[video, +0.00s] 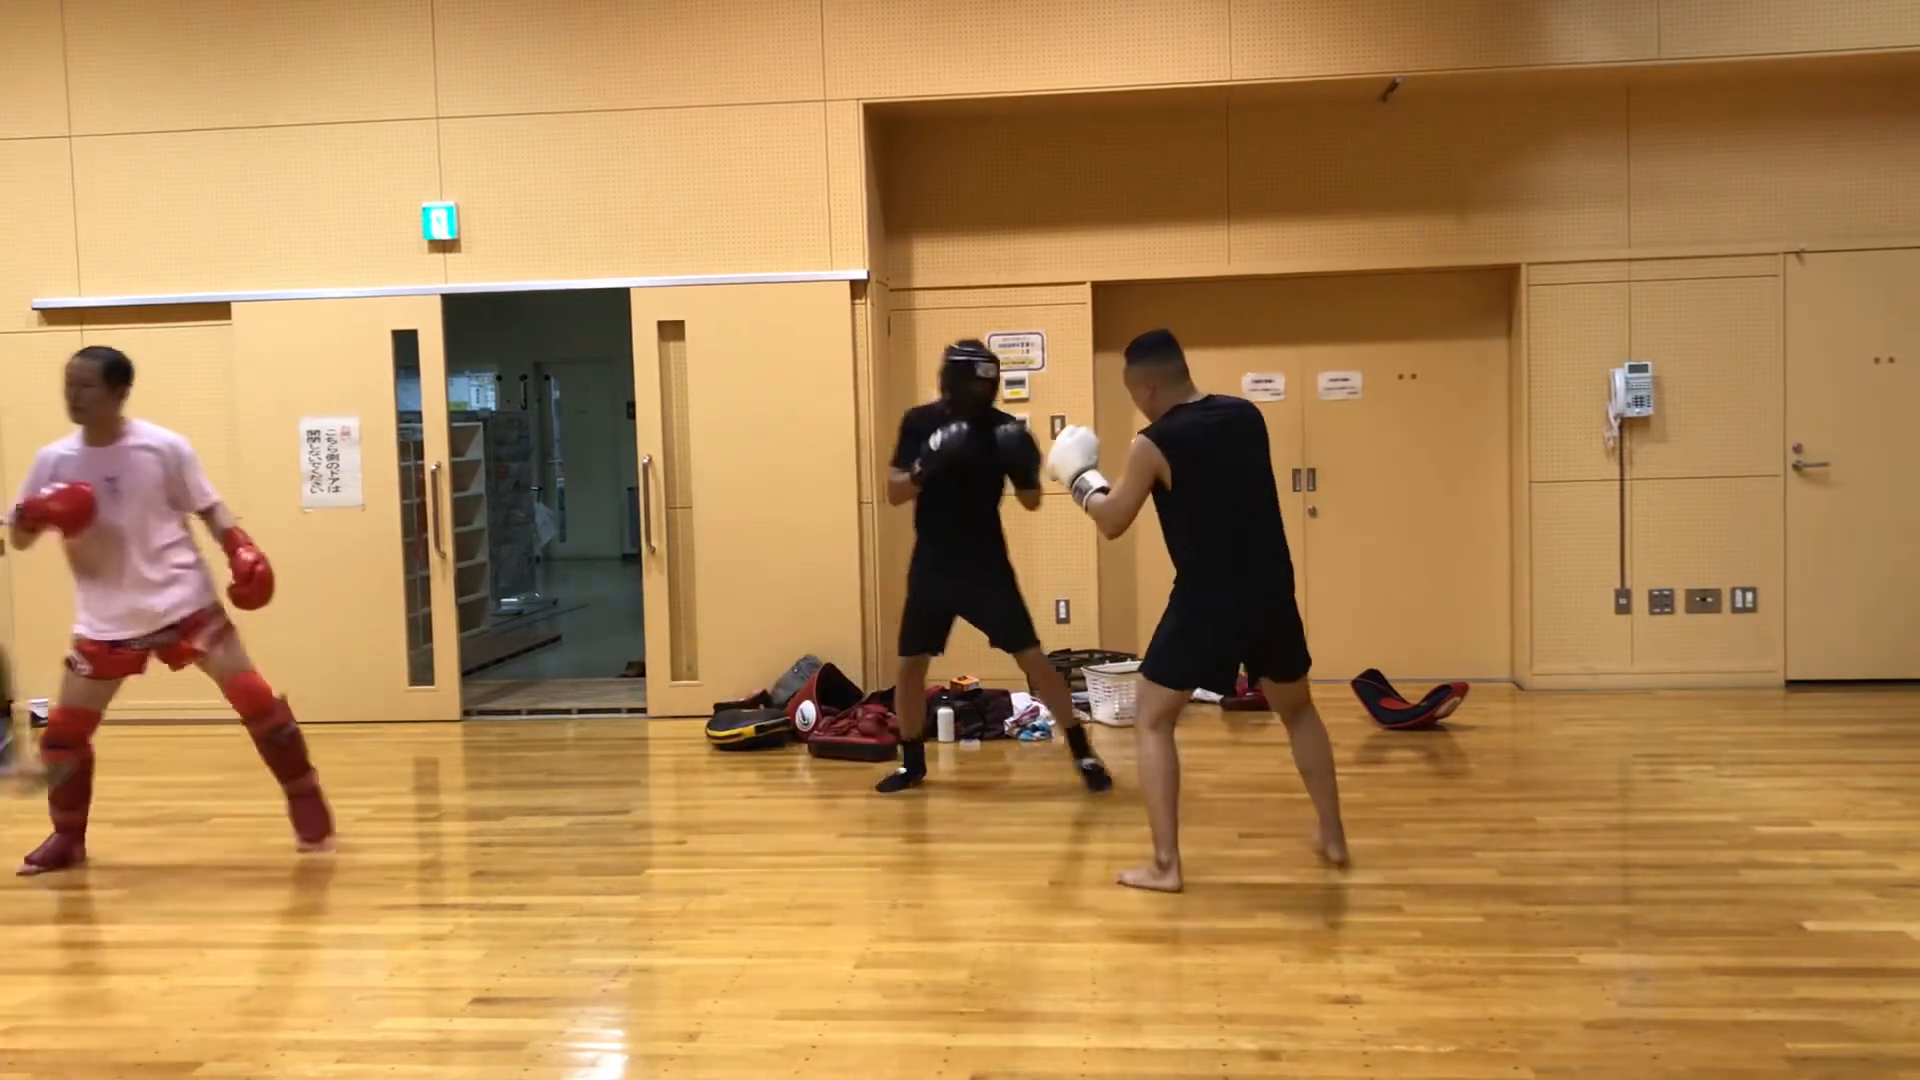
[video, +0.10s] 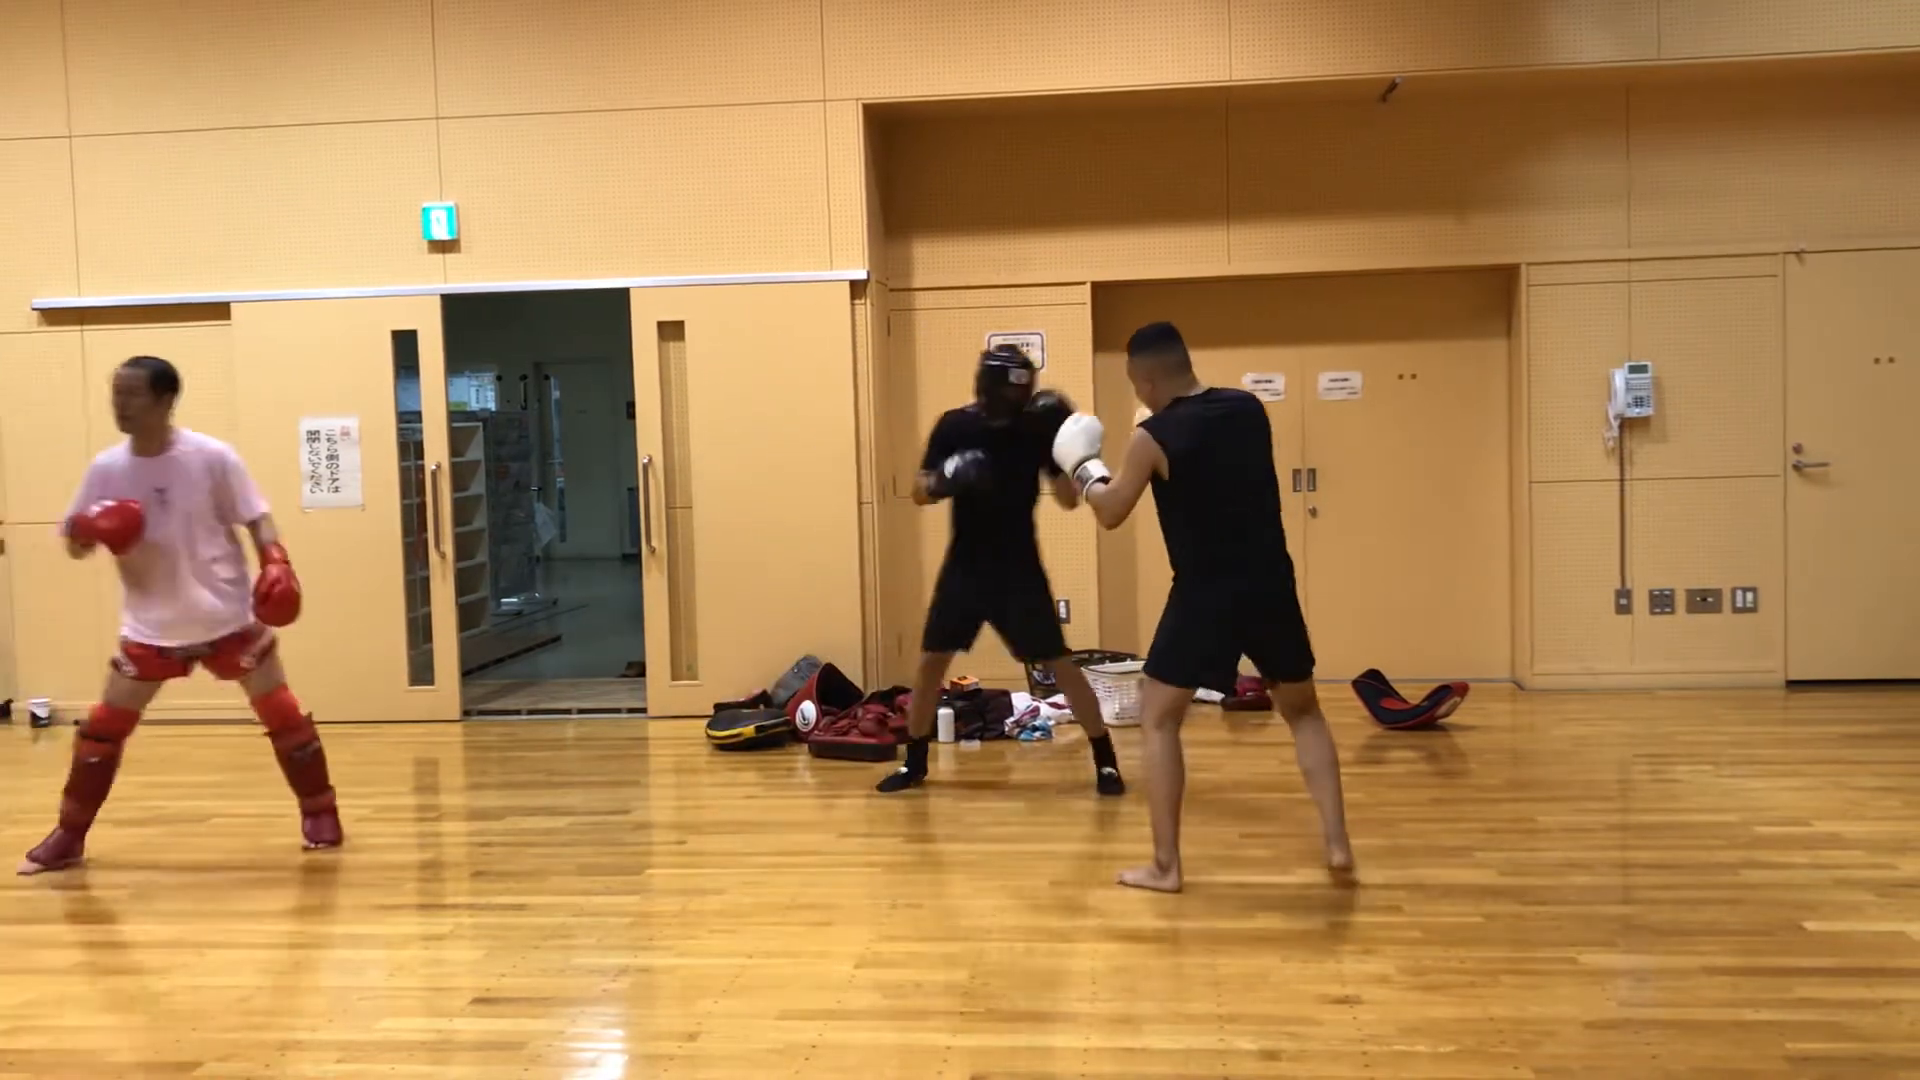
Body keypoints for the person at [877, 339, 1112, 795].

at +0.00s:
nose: (989, 392)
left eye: (994, 382)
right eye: (980, 382)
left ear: (997, 383)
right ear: (952, 382)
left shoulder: (1006, 429)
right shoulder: (921, 423)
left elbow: (1032, 501)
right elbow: (895, 493)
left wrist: (1019, 458)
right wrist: (930, 461)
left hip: (986, 559)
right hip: (934, 560)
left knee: (1031, 656)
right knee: (911, 662)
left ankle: (1083, 752)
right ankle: (912, 764)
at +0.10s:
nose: (1017, 398)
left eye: (1022, 389)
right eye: (1009, 389)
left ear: (1029, 389)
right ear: (986, 386)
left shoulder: (1037, 427)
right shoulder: (955, 426)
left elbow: (1069, 500)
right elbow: (920, 493)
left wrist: (1061, 434)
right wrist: (950, 476)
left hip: (1019, 567)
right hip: (965, 567)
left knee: (1060, 664)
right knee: (930, 664)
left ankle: (1105, 760)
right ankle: (914, 764)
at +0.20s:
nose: (1054, 390)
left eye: (1062, 382)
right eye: (1046, 379)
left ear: (1070, 383)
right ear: (1026, 378)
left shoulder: (1080, 422)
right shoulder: (999, 422)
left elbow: (1120, 454)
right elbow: (971, 477)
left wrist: (1111, 402)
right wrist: (978, 489)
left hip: (1066, 556)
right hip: (1012, 557)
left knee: (1092, 664)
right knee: (972, 656)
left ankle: (1108, 766)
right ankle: (957, 755)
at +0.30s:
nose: (1071, 386)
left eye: (1080, 376)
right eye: (1063, 375)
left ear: (1093, 376)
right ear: (1047, 372)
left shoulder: (1103, 415)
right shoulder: (1025, 414)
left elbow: (1140, 452)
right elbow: (1000, 476)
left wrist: (1131, 396)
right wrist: (1010, 476)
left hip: (1088, 546)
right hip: (1038, 545)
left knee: (1099, 660)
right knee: (1010, 651)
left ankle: (1107, 764)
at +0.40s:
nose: (1088, 382)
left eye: (1096, 372)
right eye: (1079, 372)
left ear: (1108, 370)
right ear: (1062, 370)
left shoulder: (1124, 409)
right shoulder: (1044, 412)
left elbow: (1156, 448)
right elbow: (1026, 485)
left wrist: (1136, 424)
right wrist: (1035, 468)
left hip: (1111, 542)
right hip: (1063, 543)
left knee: (1111, 655)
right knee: (1062, 655)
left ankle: (1112, 761)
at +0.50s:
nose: (1093, 390)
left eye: (1102, 380)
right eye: (1084, 381)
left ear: (1114, 375)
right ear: (1067, 377)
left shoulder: (1137, 410)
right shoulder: (1055, 416)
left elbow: (1169, 469)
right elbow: (1042, 493)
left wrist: (1144, 453)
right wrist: (1056, 464)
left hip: (1127, 541)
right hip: (1081, 544)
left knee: (1123, 652)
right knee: (1096, 657)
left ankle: (1112, 761)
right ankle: (1147, 730)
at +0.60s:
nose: (1104, 397)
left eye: (1112, 387)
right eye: (1094, 388)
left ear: (1124, 383)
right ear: (1078, 385)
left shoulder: (1150, 417)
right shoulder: (1070, 428)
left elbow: (1182, 473)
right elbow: (1063, 503)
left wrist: (1163, 470)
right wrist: (1078, 473)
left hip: (1154, 545)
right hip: (1108, 549)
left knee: (1150, 647)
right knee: (1120, 658)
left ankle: (1133, 754)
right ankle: (1168, 742)